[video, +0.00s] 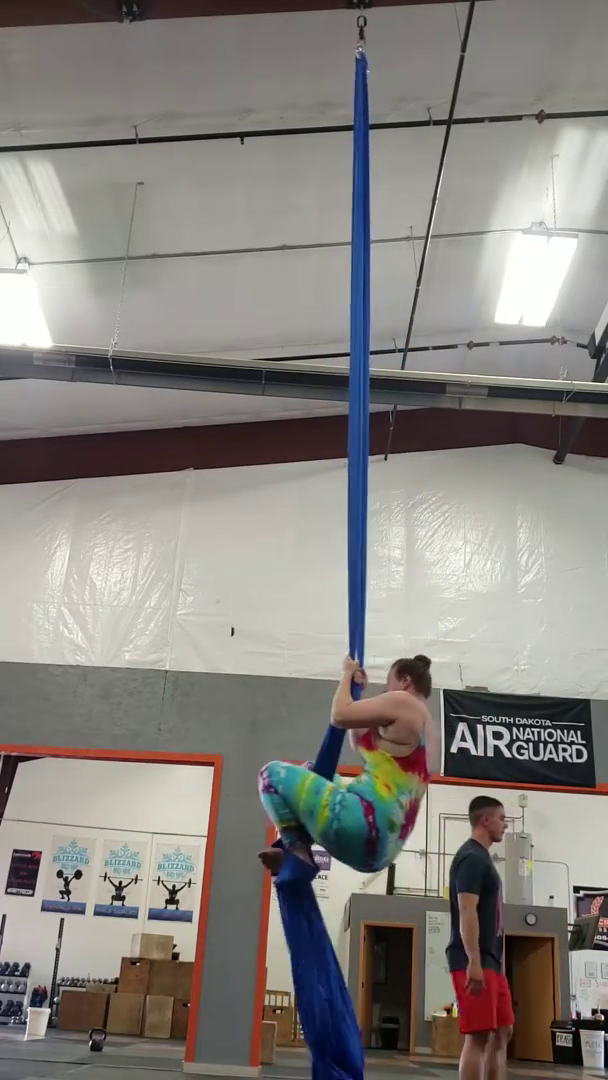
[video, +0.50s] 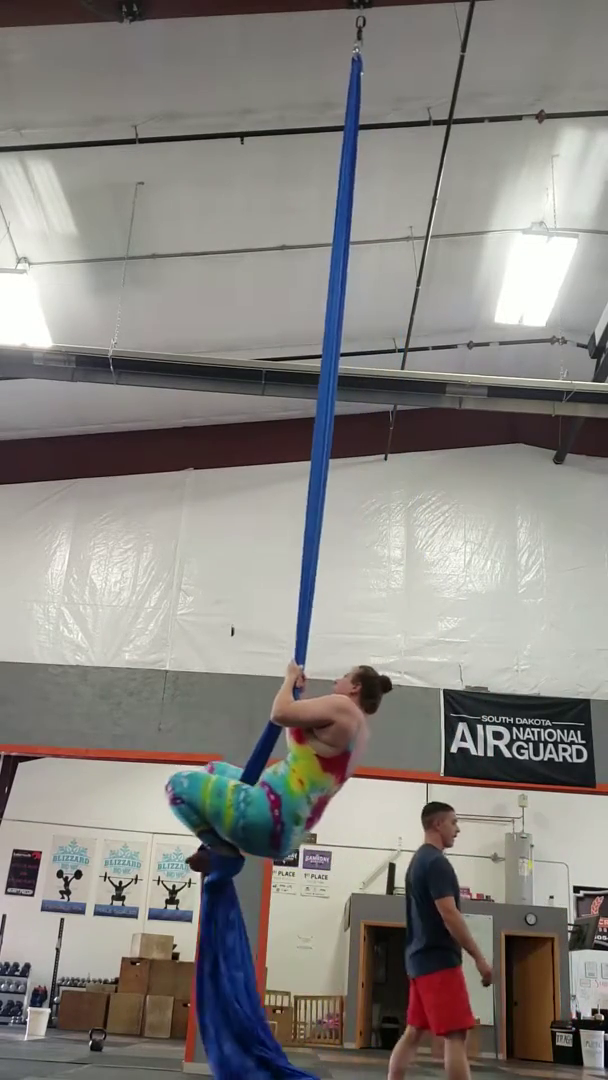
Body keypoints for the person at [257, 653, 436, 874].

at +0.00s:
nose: (387, 688)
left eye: (389, 682)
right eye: (387, 683)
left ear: (406, 681)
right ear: (413, 685)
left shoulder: (403, 703)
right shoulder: (423, 720)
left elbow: (340, 714)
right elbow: (358, 743)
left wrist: (346, 676)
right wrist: (357, 693)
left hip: (362, 826)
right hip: (381, 851)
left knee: (272, 775)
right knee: (309, 773)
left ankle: (299, 852)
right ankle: (293, 847)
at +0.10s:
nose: (375, 687)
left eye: (378, 682)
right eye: (376, 682)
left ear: (395, 683)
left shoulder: (389, 704)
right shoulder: (412, 723)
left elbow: (327, 715)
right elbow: (345, 741)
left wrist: (334, 679)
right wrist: (343, 694)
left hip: (344, 824)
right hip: (361, 850)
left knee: (255, 776)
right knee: (283, 776)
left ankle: (282, 850)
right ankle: (278, 848)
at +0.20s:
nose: (367, 680)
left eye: (373, 675)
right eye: (371, 674)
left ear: (387, 684)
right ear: (391, 687)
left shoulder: (377, 704)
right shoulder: (400, 725)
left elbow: (316, 715)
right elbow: (334, 741)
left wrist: (325, 678)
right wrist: (333, 696)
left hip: (323, 822)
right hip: (342, 847)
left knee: (236, 775)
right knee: (273, 770)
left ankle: (265, 847)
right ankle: (259, 848)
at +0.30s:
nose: (360, 680)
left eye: (367, 675)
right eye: (365, 675)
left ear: (379, 686)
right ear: (384, 690)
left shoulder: (366, 706)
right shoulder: (388, 727)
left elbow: (305, 715)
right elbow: (325, 741)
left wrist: (314, 679)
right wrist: (323, 696)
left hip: (302, 822)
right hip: (322, 838)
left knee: (216, 777)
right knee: (254, 768)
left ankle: (247, 848)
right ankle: (245, 847)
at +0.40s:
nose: (351, 683)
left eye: (357, 679)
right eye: (355, 678)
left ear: (369, 687)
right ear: (374, 692)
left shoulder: (355, 707)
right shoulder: (371, 727)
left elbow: (293, 714)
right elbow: (313, 742)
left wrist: (302, 678)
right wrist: (312, 696)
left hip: (282, 821)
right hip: (301, 836)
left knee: (197, 780)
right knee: (234, 767)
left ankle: (231, 846)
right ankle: (234, 844)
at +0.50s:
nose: (337, 682)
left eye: (344, 678)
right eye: (342, 678)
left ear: (355, 688)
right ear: (361, 693)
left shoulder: (343, 706)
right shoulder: (356, 724)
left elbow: (281, 714)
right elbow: (301, 741)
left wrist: (289, 680)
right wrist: (299, 696)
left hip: (266, 820)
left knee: (179, 786)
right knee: (214, 769)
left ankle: (220, 848)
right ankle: (225, 846)